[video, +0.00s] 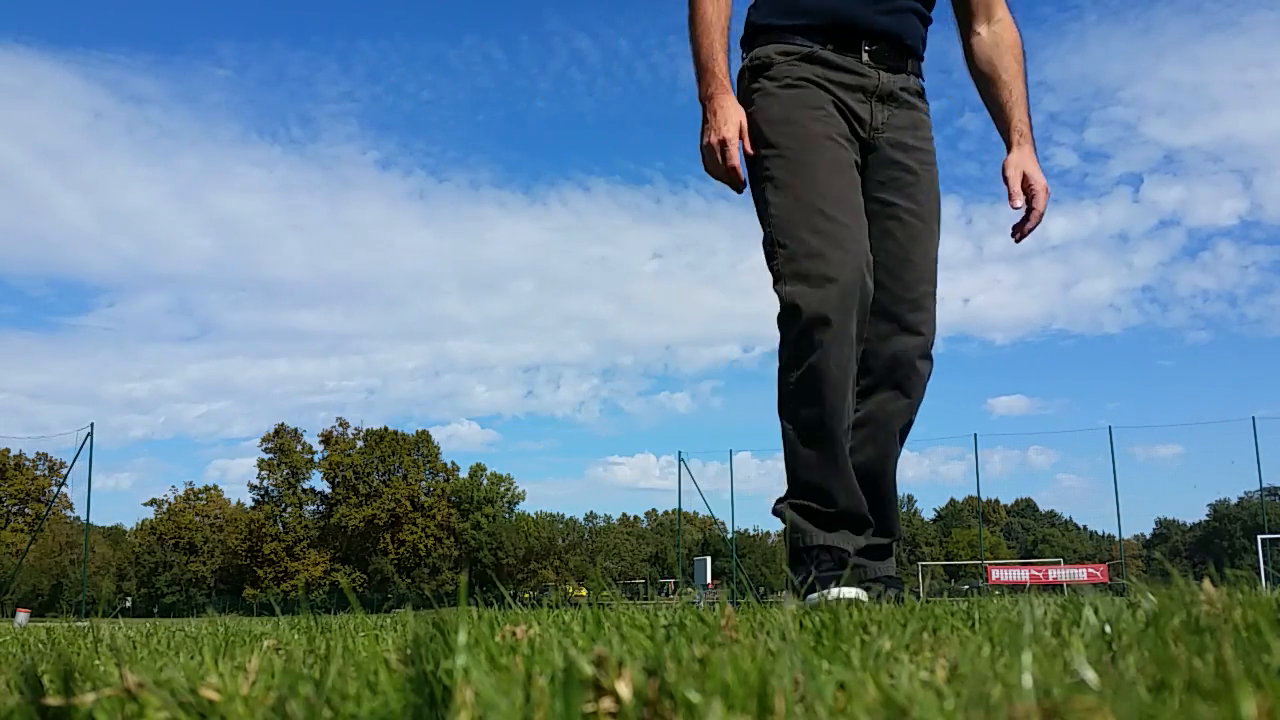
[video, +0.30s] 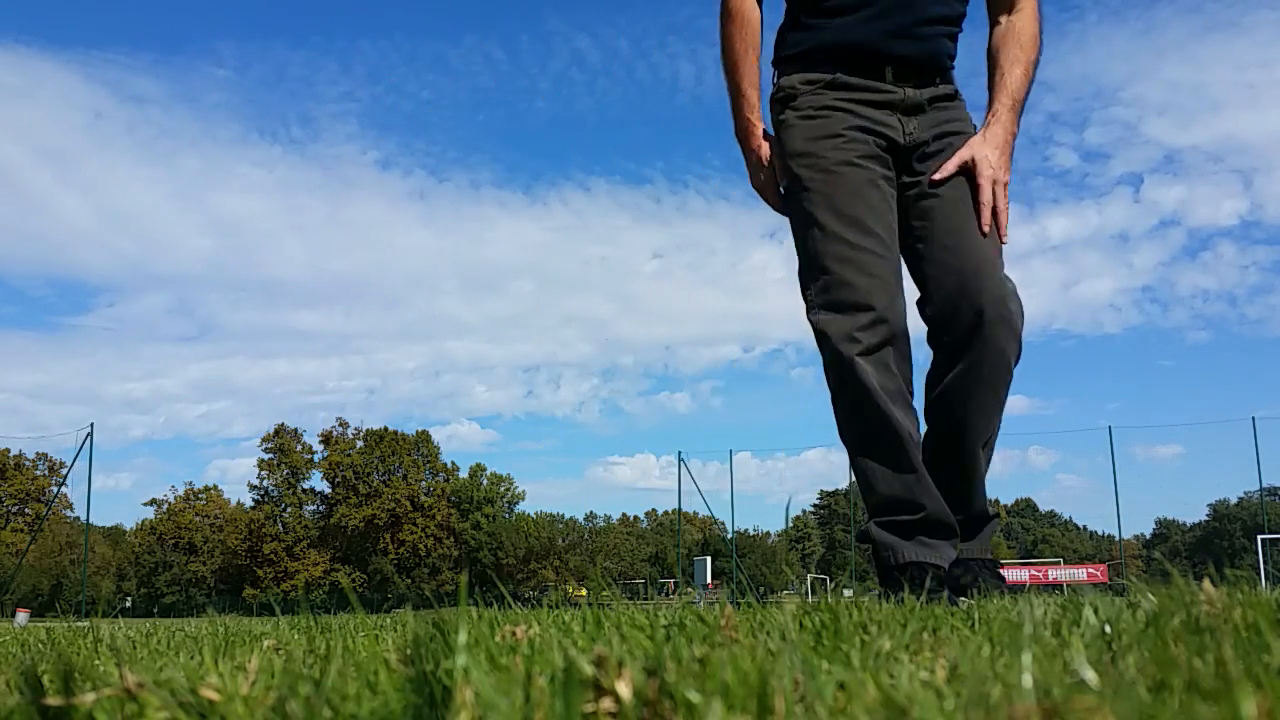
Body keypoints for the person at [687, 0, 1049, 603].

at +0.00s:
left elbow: (987, 18)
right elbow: (713, 0)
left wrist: (1019, 139)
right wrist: (717, 94)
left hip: (902, 88)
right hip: (798, 70)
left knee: (905, 333)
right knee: (828, 292)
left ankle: (869, 561)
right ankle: (825, 555)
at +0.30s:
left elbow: (1014, 9)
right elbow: (740, 1)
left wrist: (999, 128)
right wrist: (751, 130)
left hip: (935, 99)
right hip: (825, 95)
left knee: (987, 309)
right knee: (864, 318)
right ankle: (912, 554)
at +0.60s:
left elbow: (1025, 45)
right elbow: (759, 21)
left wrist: (970, 178)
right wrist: (756, 140)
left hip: (924, 126)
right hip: (811, 126)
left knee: (956, 326)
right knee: (820, 317)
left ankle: (969, 566)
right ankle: (835, 561)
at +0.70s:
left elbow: (1006, 49)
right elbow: (746, 21)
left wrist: (962, 182)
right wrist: (740, 139)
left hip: (913, 131)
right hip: (799, 131)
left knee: (947, 328)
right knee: (776, 319)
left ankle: (967, 567)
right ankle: (753, 557)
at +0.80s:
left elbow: (987, 53)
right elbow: (722, 34)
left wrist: (959, 188)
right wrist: (716, 162)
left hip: (896, 142)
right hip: (778, 142)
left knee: (937, 334)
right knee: (730, 328)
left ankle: (964, 567)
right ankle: (679, 555)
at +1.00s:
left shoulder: (868, 1)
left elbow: (895, 64)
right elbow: (632, 79)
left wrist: (895, 197)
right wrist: (637, 208)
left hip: (823, 171)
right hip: (708, 180)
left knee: (892, 344)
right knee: (657, 366)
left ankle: (961, 566)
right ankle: (604, 575)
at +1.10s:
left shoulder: (808, 2)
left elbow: (823, 61)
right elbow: (576, 86)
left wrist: (817, 169)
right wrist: (593, 212)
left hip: (778, 175)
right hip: (666, 185)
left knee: (856, 348)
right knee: (633, 373)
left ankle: (953, 563)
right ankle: (605, 579)